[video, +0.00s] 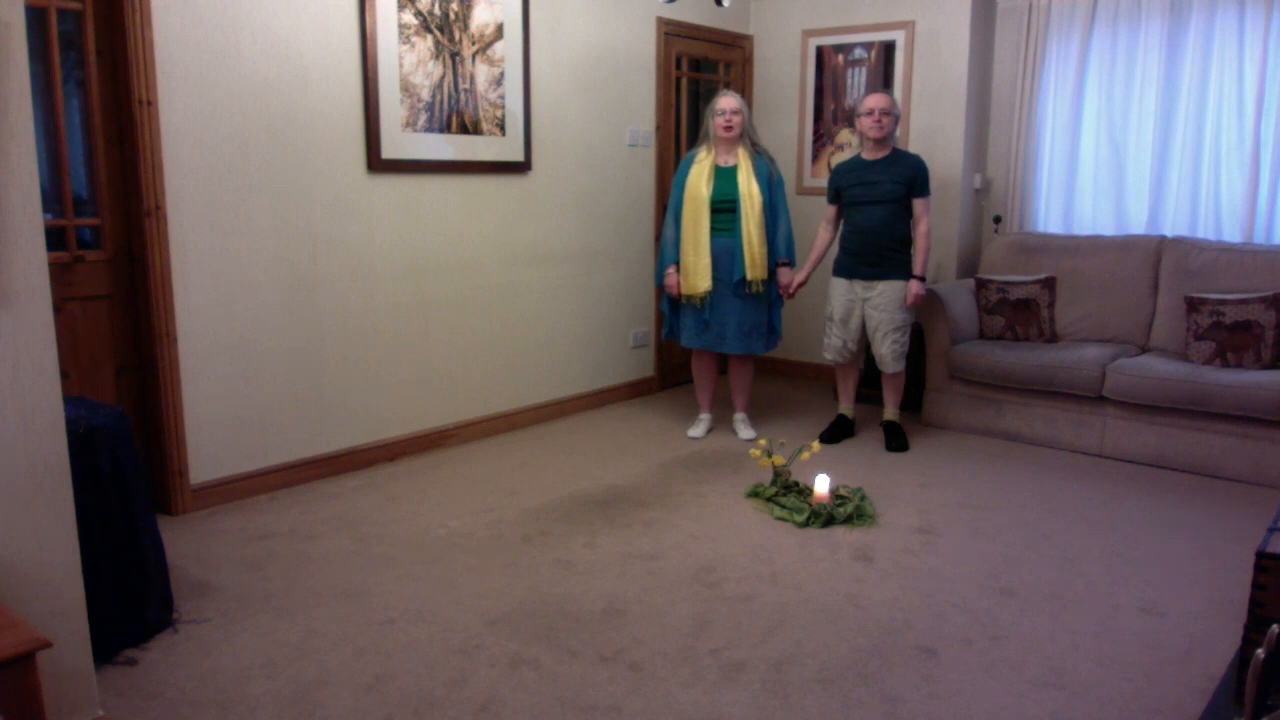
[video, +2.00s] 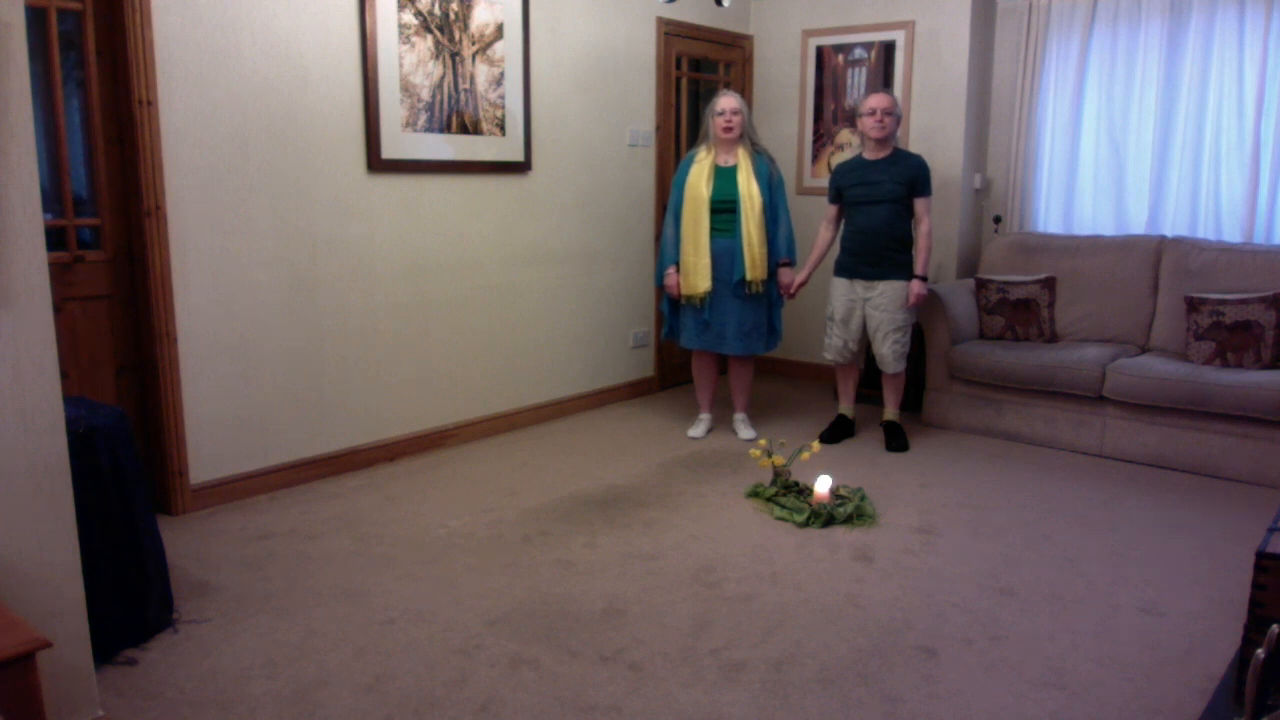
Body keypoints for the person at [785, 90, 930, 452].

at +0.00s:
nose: (877, 119)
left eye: (885, 114)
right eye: (870, 114)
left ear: (896, 121)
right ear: (857, 122)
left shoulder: (912, 167)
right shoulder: (842, 172)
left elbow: (922, 224)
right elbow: (828, 227)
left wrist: (918, 276)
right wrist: (804, 272)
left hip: (892, 279)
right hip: (847, 277)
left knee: (891, 354)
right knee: (843, 349)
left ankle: (891, 420)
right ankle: (845, 415)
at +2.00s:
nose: (879, 119)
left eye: (887, 113)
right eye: (871, 114)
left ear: (898, 121)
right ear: (858, 122)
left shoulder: (913, 166)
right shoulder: (843, 172)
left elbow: (923, 224)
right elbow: (829, 226)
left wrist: (920, 276)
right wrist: (805, 272)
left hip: (893, 279)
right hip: (848, 277)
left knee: (891, 354)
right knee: (843, 348)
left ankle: (892, 420)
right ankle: (845, 415)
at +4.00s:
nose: (881, 119)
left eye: (888, 113)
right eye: (873, 113)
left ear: (900, 121)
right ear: (860, 122)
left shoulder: (914, 166)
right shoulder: (844, 172)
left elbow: (924, 224)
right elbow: (830, 227)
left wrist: (921, 276)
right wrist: (806, 273)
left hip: (894, 278)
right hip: (849, 276)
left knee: (893, 354)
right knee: (844, 349)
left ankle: (892, 420)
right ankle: (845, 415)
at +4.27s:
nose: (881, 119)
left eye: (888, 113)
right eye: (873, 113)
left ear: (899, 121)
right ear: (860, 122)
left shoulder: (914, 166)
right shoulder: (844, 172)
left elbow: (924, 223)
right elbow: (830, 226)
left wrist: (921, 276)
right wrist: (806, 273)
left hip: (895, 278)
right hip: (849, 276)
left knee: (893, 355)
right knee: (844, 349)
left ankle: (892, 419)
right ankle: (845, 415)